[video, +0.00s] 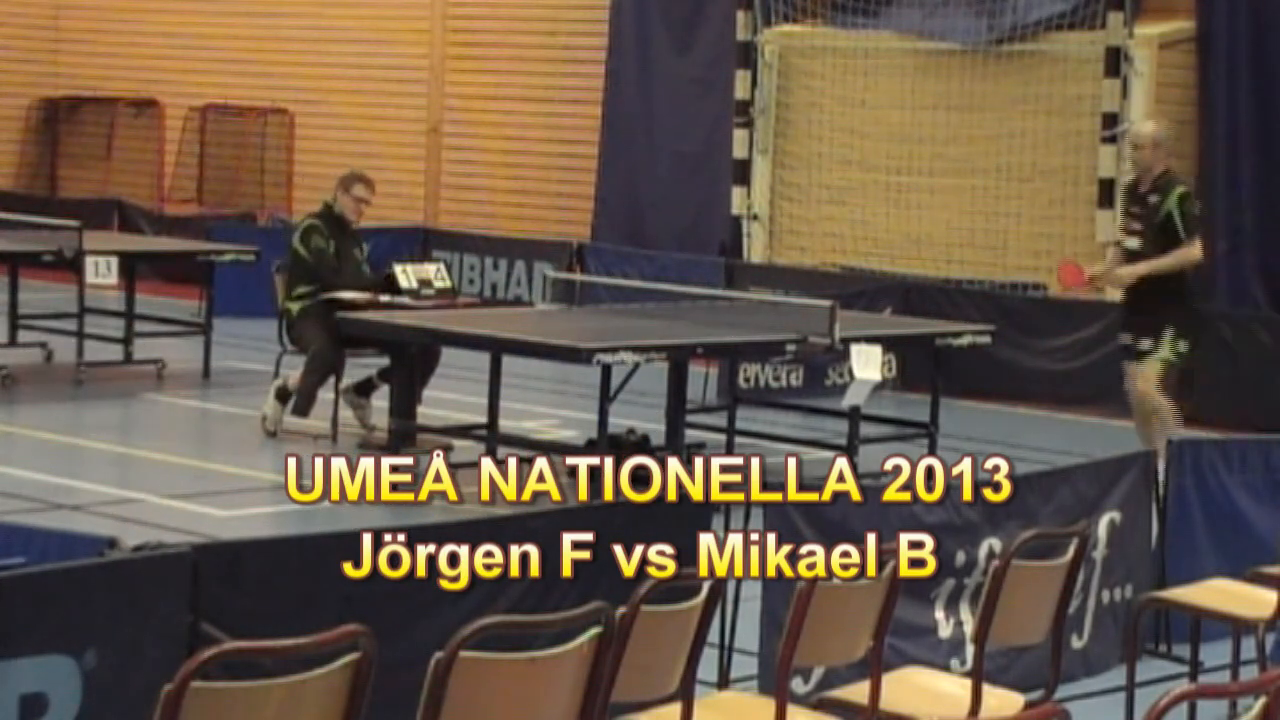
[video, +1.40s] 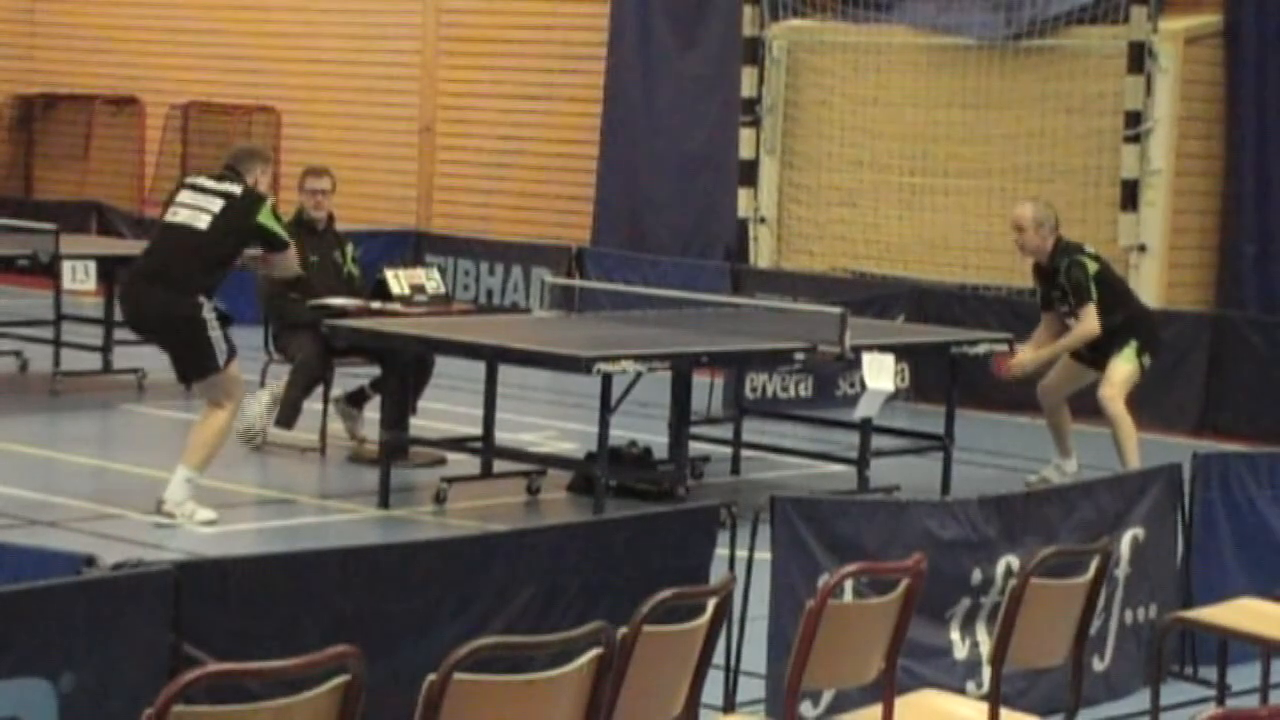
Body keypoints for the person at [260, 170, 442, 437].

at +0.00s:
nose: (362, 210)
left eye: (366, 204)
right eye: (357, 201)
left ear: (368, 205)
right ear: (339, 194)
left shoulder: (354, 238)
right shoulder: (312, 228)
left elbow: (363, 282)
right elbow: (334, 277)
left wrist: (398, 280)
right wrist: (377, 283)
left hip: (350, 313)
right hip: (310, 312)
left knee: (425, 350)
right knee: (328, 354)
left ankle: (361, 391)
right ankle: (283, 392)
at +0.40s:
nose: (363, 208)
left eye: (367, 202)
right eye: (358, 199)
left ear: (370, 204)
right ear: (340, 195)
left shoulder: (355, 238)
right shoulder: (313, 229)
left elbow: (365, 281)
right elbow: (334, 276)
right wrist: (371, 286)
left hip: (350, 318)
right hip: (310, 316)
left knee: (419, 350)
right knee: (328, 349)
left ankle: (362, 391)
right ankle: (299, 395)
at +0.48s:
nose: (302, 196)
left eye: (309, 189)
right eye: (296, 188)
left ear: (317, 192)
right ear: (284, 190)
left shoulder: (321, 234)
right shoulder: (264, 236)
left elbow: (345, 278)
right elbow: (257, 296)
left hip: (329, 323)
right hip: (281, 324)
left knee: (409, 355)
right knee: (306, 356)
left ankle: (343, 402)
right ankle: (275, 403)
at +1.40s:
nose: (318, 200)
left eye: (324, 193)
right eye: (311, 193)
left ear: (332, 197)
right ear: (299, 195)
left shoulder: (340, 241)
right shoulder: (283, 237)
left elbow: (357, 290)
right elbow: (275, 300)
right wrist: (320, 315)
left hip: (340, 324)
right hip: (298, 324)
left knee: (417, 358)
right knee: (313, 359)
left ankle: (354, 401)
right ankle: (272, 423)